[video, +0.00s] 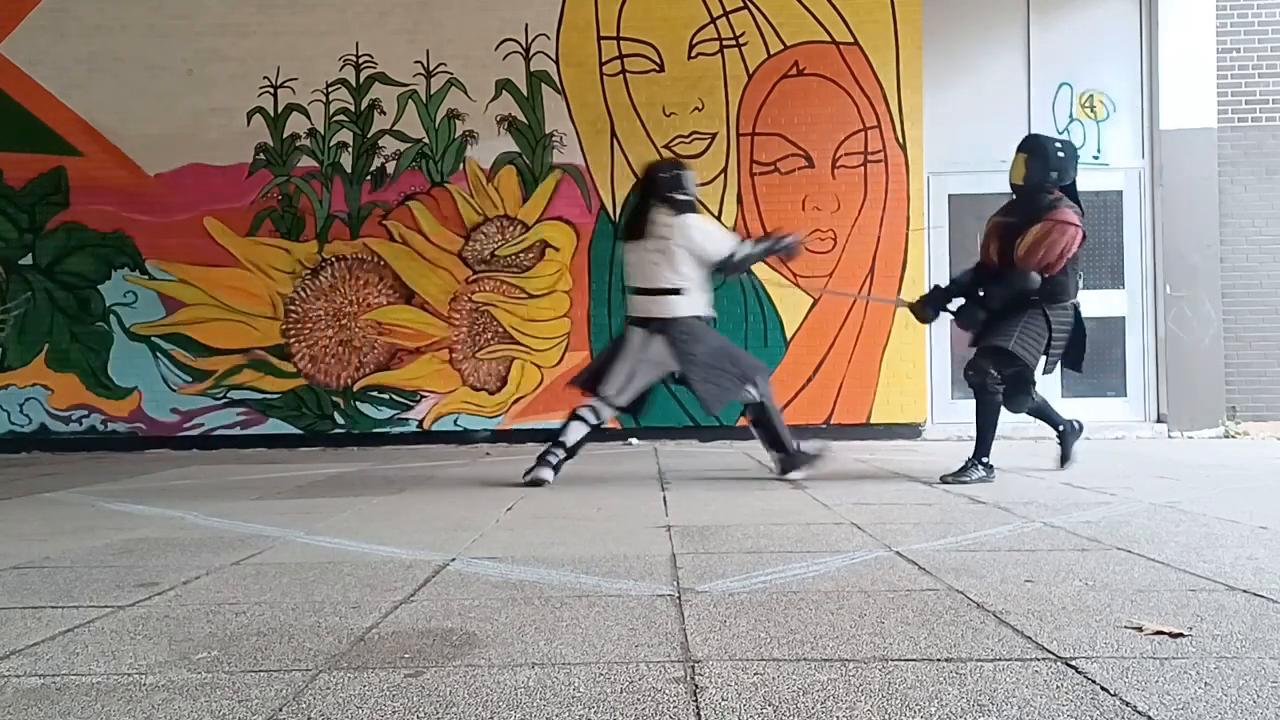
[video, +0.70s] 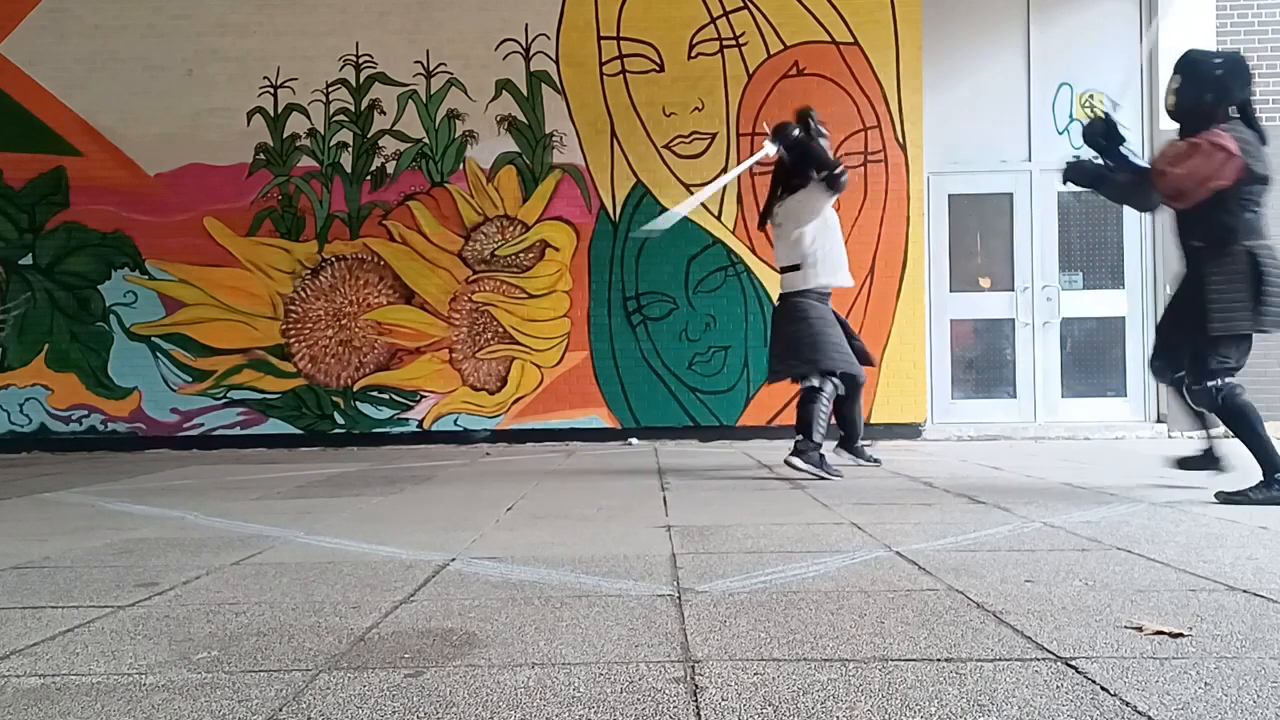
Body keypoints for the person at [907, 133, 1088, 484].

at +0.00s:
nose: (1017, 170)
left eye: (1027, 164)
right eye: (1018, 162)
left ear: (1052, 174)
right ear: (1019, 164)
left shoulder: (1061, 221)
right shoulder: (1014, 211)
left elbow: (1027, 280)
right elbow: (988, 269)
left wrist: (983, 306)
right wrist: (943, 294)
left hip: (1044, 309)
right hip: (1011, 306)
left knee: (984, 371)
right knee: (1017, 395)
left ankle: (981, 462)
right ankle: (1066, 428)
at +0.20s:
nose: (1038, 170)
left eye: (1046, 163)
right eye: (1039, 162)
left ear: (1074, 166)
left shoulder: (1090, 212)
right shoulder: (1043, 202)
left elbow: (1038, 252)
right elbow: (1021, 248)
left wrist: (974, 249)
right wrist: (972, 250)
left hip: (1064, 304)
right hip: (1038, 300)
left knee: (1005, 377)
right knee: (1022, 387)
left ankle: (982, 462)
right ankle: (1108, 438)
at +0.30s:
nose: (1066, 149)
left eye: (1075, 143)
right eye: (1068, 141)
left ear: (1101, 146)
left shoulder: (1119, 189)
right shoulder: (1068, 184)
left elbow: (1059, 219)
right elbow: (1032, 226)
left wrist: (996, 200)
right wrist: (994, 201)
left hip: (1096, 300)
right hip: (1071, 297)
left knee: (1030, 381)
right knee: (1068, 395)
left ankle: (989, 461)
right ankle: (1140, 463)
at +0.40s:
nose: (1090, 127)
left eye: (1097, 121)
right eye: (1093, 120)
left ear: (1119, 128)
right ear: (1126, 129)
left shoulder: (1139, 172)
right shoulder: (1119, 169)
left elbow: (1076, 192)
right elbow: (1055, 199)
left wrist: (1017, 167)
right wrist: (1021, 167)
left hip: (1120, 291)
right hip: (1116, 289)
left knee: (1054, 360)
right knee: (1091, 379)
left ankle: (1056, 451)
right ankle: (1142, 463)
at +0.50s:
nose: (1117, 106)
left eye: (1124, 99)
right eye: (1120, 98)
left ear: (1146, 109)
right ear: (1160, 110)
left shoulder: (1160, 155)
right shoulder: (1166, 150)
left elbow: (1094, 179)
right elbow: (1096, 172)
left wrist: (1035, 152)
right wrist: (1054, 146)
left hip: (1150, 272)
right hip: (1152, 270)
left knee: (1107, 356)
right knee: (1109, 357)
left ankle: (1149, 456)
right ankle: (1152, 448)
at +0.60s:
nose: (1147, 96)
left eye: (1156, 88)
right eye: (1150, 87)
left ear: (1180, 95)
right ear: (1193, 95)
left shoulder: (1190, 144)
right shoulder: (1188, 137)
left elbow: (1118, 178)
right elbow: (1129, 170)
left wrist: (1057, 152)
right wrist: (1081, 149)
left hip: (1189, 268)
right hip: (1174, 266)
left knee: (1170, 368)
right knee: (1156, 365)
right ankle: (1157, 459)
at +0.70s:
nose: (1171, 94)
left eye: (1181, 86)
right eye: (1174, 84)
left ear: (1209, 94)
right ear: (1217, 97)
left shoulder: (1219, 147)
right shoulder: (1213, 140)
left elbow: (1150, 192)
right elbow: (1156, 181)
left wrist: (1090, 174)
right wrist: (1115, 150)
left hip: (1229, 271)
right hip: (1210, 270)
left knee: (1212, 378)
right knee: (1168, 362)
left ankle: (1273, 476)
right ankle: (1211, 449)